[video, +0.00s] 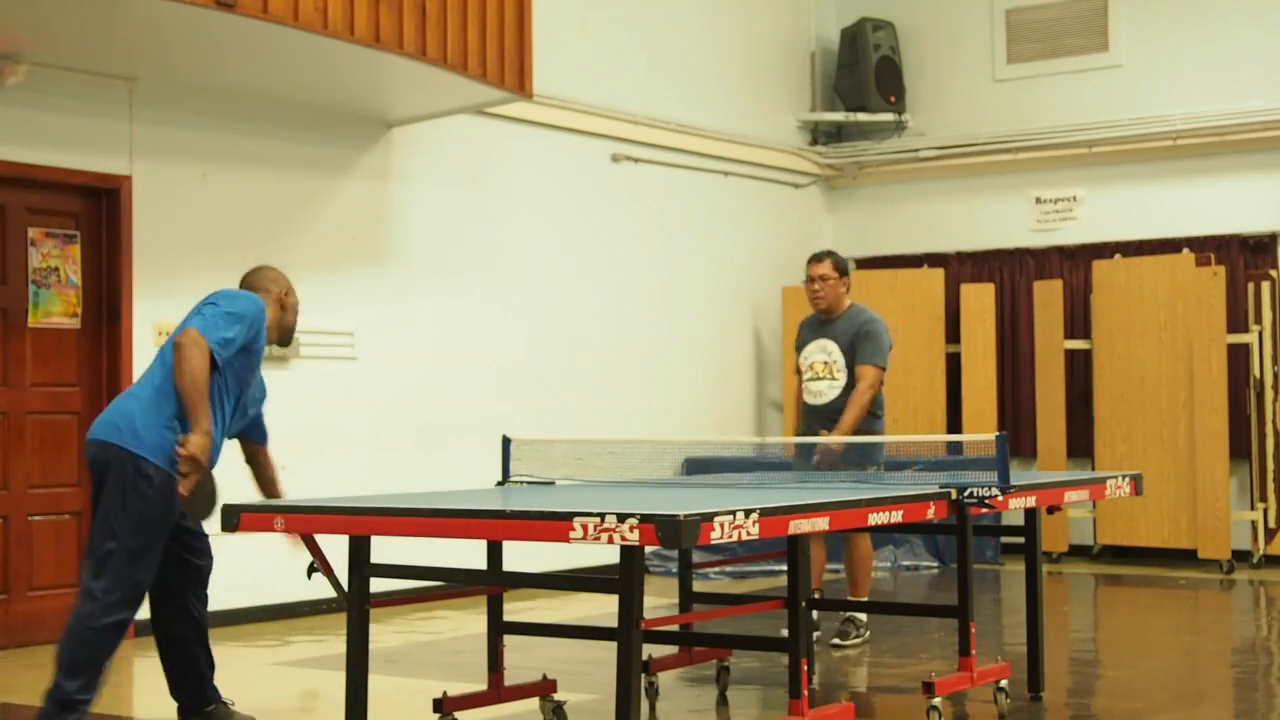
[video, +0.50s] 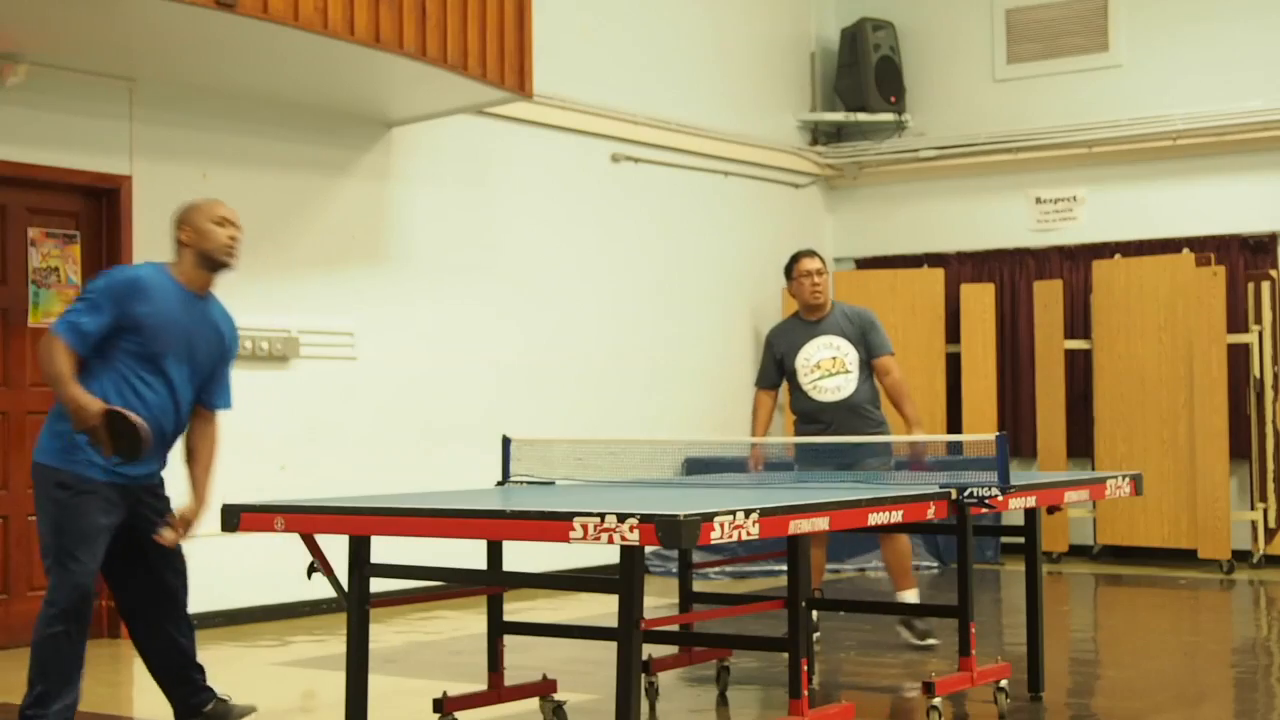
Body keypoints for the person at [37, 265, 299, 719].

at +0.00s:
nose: (296, 318)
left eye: (297, 309)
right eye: (295, 307)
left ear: (269, 297)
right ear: (281, 297)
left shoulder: (246, 373)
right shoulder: (245, 304)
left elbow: (255, 448)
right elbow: (191, 341)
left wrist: (280, 507)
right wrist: (201, 431)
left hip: (156, 462)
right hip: (137, 449)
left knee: (186, 565)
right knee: (117, 584)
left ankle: (199, 704)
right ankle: (63, 708)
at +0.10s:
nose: (300, 313)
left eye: (298, 303)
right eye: (295, 301)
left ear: (273, 298)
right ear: (276, 296)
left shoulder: (250, 379)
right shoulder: (245, 305)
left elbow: (269, 452)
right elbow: (182, 337)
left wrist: (313, 507)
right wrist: (185, 424)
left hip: (159, 468)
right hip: (127, 448)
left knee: (185, 569)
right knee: (96, 581)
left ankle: (200, 705)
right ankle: (37, 707)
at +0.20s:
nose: (303, 290)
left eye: (299, 280)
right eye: (294, 278)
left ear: (266, 284)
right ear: (264, 282)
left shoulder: (254, 372)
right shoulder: (231, 301)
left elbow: (269, 450)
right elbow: (163, 335)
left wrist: (306, 517)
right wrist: (166, 419)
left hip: (156, 468)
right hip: (113, 445)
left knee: (181, 570)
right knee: (85, 577)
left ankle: (198, 703)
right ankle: (26, 707)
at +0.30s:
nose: (294, 268)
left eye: (292, 260)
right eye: (282, 257)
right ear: (246, 264)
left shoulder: (252, 359)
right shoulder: (206, 294)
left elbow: (254, 442)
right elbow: (126, 333)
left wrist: (275, 521)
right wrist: (139, 406)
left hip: (148, 468)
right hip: (99, 449)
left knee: (173, 576)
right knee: (76, 583)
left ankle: (196, 704)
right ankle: (30, 709)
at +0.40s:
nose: (270, 248)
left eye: (270, 241)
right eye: (257, 238)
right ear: (220, 250)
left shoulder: (242, 343)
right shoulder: (175, 287)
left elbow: (231, 428)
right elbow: (89, 332)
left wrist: (234, 514)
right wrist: (105, 398)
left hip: (148, 476)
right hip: (89, 460)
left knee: (169, 586)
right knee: (79, 583)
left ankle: (196, 703)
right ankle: (42, 708)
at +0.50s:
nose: (235, 234)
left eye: (237, 228)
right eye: (222, 223)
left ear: (236, 245)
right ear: (185, 232)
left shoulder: (220, 329)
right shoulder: (129, 284)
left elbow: (204, 416)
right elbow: (56, 342)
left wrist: (199, 498)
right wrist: (77, 397)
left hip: (142, 479)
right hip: (76, 469)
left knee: (161, 592)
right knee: (73, 593)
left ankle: (194, 702)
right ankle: (47, 711)